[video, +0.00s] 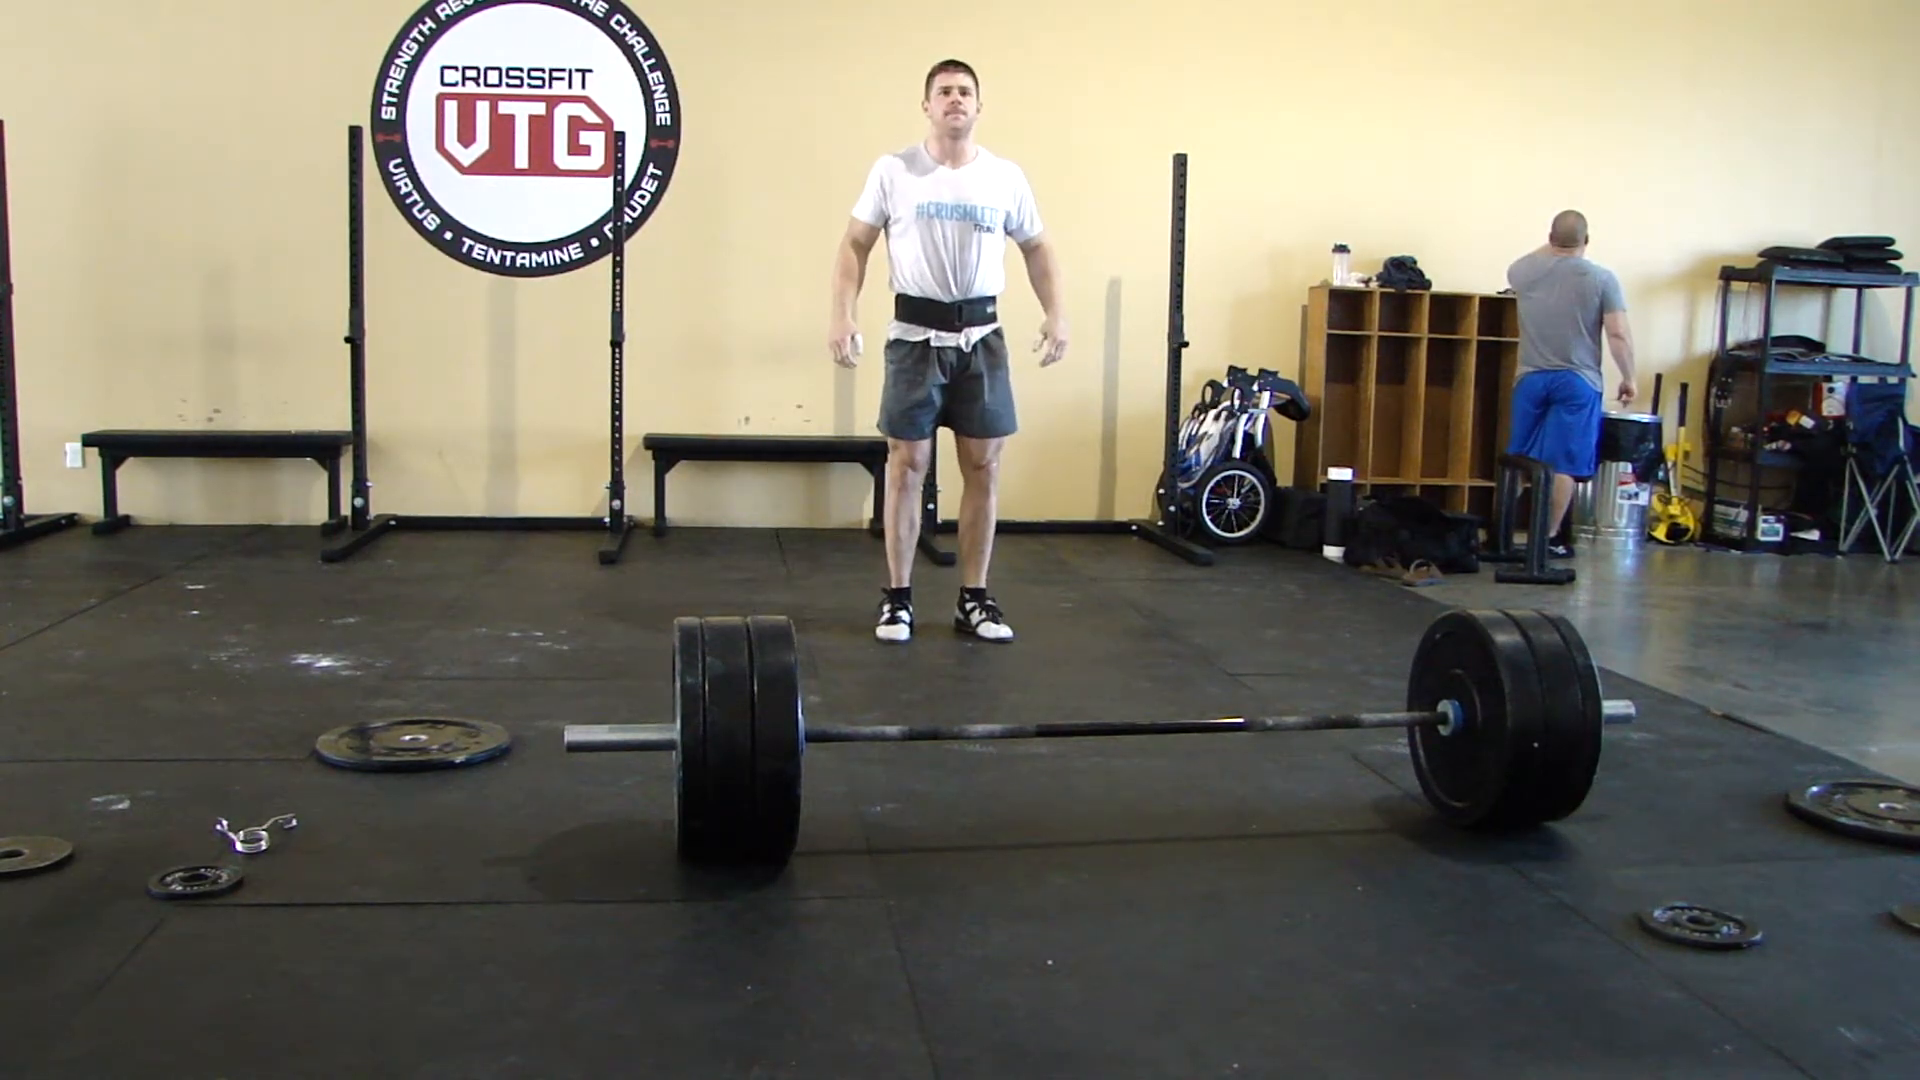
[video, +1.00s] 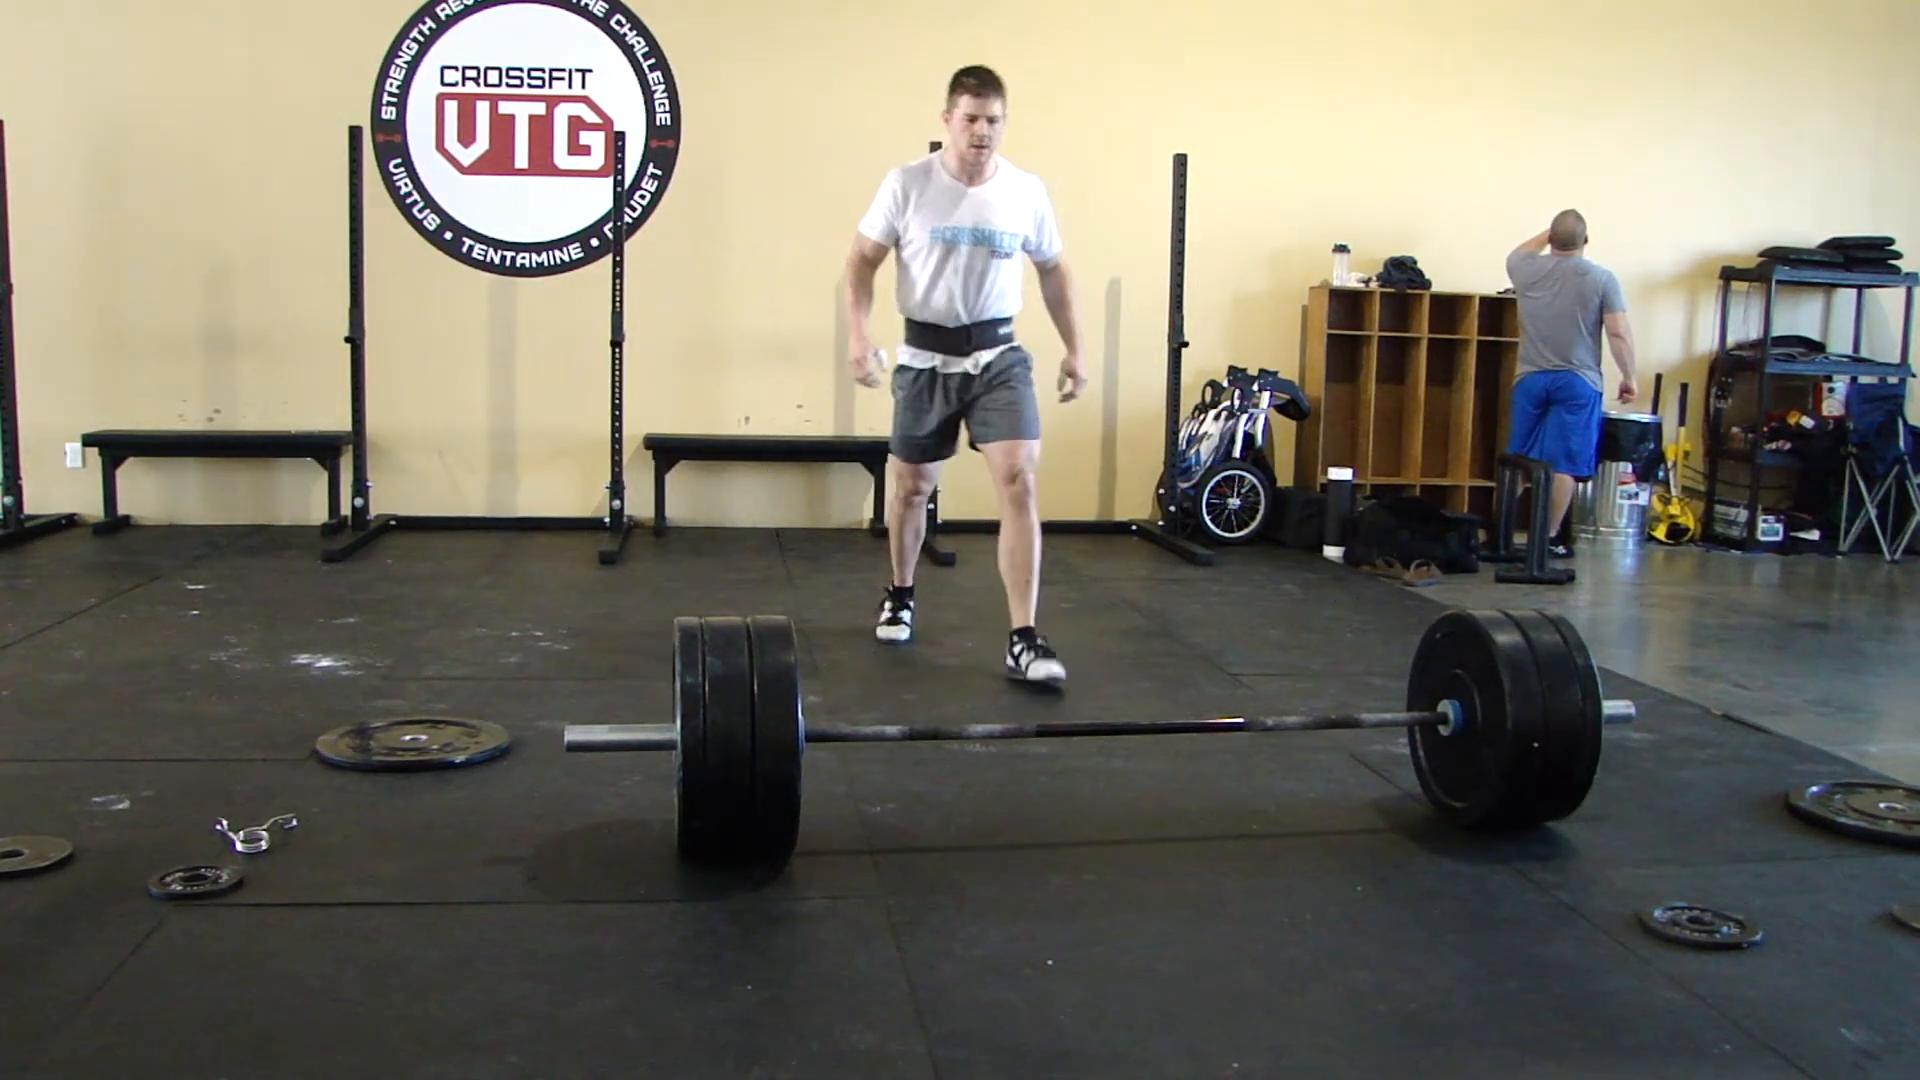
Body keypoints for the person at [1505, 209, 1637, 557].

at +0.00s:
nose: (1586, 243)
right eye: (1586, 239)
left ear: (1550, 237)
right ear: (1586, 241)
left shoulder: (1525, 270)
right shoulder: (1601, 278)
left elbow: (1515, 274)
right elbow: (1617, 333)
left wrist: (1550, 246)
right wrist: (1629, 377)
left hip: (1531, 379)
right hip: (1578, 382)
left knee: (1519, 460)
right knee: (1565, 465)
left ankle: (1502, 534)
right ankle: (1547, 539)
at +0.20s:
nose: (1586, 242)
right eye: (1586, 239)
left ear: (1550, 239)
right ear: (1586, 241)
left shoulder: (1525, 271)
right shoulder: (1601, 278)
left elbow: (1517, 267)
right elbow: (1617, 333)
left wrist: (1551, 242)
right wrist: (1630, 377)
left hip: (1531, 379)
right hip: (1578, 382)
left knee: (1518, 460)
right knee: (1564, 465)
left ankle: (1502, 534)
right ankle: (1548, 539)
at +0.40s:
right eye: (1586, 237)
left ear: (1551, 239)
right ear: (1587, 241)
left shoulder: (1527, 272)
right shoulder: (1602, 278)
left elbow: (1516, 263)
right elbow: (1617, 333)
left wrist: (1550, 241)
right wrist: (1630, 377)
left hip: (1531, 379)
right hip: (1578, 381)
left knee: (1519, 459)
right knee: (1565, 465)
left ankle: (1503, 534)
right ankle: (1548, 539)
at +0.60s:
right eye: (1585, 236)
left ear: (1550, 240)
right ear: (1587, 241)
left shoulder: (1527, 271)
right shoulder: (1602, 278)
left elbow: (1517, 260)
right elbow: (1617, 332)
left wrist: (1548, 238)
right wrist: (1630, 376)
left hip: (1531, 379)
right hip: (1579, 381)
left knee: (1520, 459)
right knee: (1565, 465)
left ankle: (1503, 534)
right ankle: (1548, 539)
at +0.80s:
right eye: (1584, 237)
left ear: (1550, 239)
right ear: (1586, 241)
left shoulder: (1528, 271)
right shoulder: (1602, 278)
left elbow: (1516, 258)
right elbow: (1617, 332)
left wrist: (1547, 237)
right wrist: (1630, 376)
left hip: (1531, 379)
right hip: (1579, 381)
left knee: (1520, 460)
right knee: (1565, 465)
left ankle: (1503, 534)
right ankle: (1548, 539)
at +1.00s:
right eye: (1584, 237)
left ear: (1550, 240)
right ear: (1586, 241)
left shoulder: (1528, 271)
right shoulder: (1601, 278)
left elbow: (1516, 256)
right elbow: (1617, 332)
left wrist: (1547, 235)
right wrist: (1629, 377)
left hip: (1530, 378)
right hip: (1578, 381)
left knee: (1518, 460)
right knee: (1565, 465)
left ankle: (1502, 535)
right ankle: (1548, 539)